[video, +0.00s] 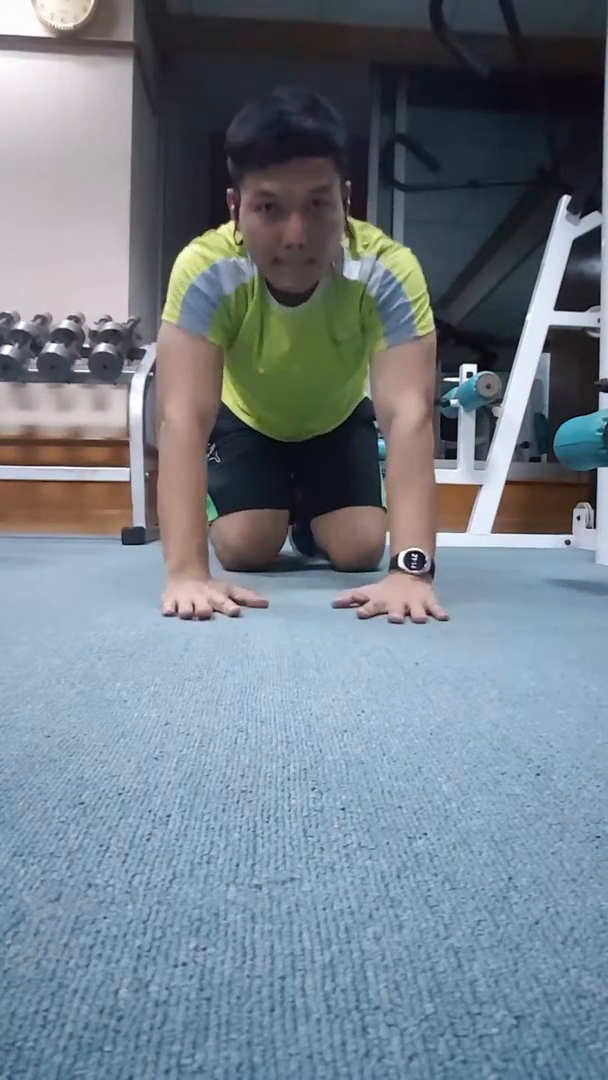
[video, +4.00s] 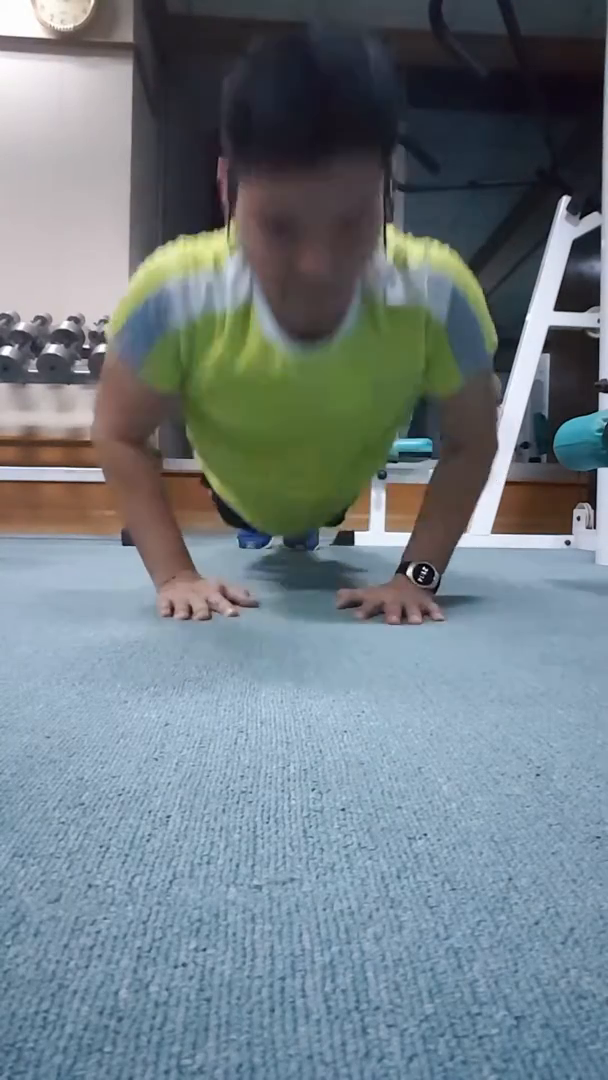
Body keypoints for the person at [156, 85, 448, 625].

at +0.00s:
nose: (295, 234)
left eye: (318, 204)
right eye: (270, 208)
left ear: (345, 198)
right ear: (236, 207)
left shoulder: (389, 271)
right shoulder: (206, 269)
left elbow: (410, 416)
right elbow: (183, 419)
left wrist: (411, 567)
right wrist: (188, 574)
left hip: (340, 416)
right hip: (245, 417)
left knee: (359, 550)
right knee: (247, 551)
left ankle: (307, 522)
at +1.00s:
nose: (301, 149)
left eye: (331, 108)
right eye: (266, 111)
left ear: (368, 105)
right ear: (224, 112)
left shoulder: (419, 215)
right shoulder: (185, 208)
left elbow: (421, 410)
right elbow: (178, 399)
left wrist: (411, 574)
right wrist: (178, 572)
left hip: (337, 392)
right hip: (237, 396)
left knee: (312, 482)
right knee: (246, 558)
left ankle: (301, 506)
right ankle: (256, 507)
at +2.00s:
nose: (292, 153)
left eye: (320, 119)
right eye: (261, 121)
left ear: (355, 111)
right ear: (222, 117)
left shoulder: (410, 231)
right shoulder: (185, 221)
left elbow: (416, 405)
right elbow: (179, 403)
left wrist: (413, 573)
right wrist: (179, 572)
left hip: (335, 397)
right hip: (240, 394)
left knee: (313, 469)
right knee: (255, 469)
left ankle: (300, 502)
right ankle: (264, 498)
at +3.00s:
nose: (306, 248)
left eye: (337, 212)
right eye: (271, 215)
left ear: (376, 171)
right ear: (222, 169)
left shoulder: (428, 275)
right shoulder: (175, 260)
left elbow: (451, 436)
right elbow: (125, 427)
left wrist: (415, 574)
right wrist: (173, 574)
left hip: (339, 463)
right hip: (240, 458)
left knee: (314, 499)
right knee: (256, 498)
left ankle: (301, 519)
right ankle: (260, 518)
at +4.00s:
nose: (317, 261)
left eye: (350, 224)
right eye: (281, 228)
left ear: (387, 192)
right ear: (227, 192)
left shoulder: (433, 288)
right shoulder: (174, 288)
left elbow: (471, 442)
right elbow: (117, 436)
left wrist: (418, 576)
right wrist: (175, 575)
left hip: (342, 484)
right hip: (236, 491)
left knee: (324, 515)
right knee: (251, 525)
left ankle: (313, 531)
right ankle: (268, 533)